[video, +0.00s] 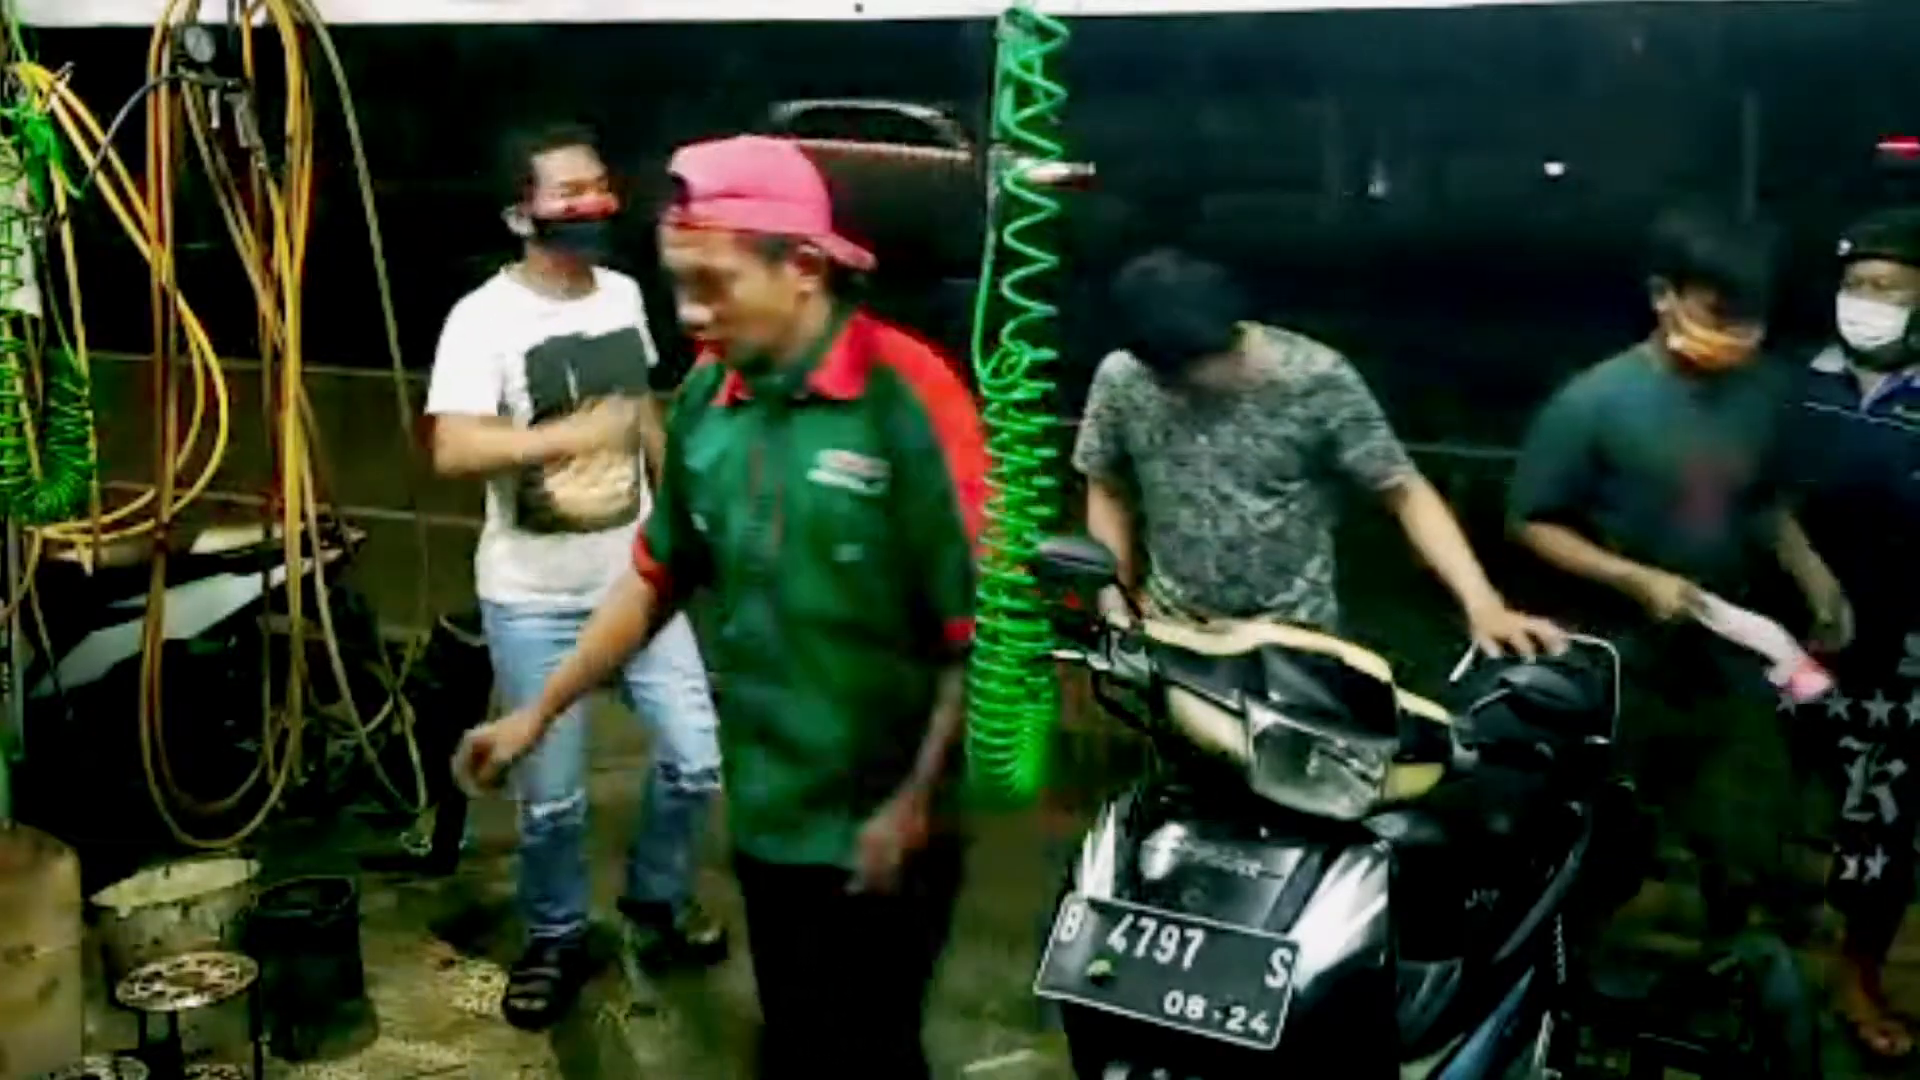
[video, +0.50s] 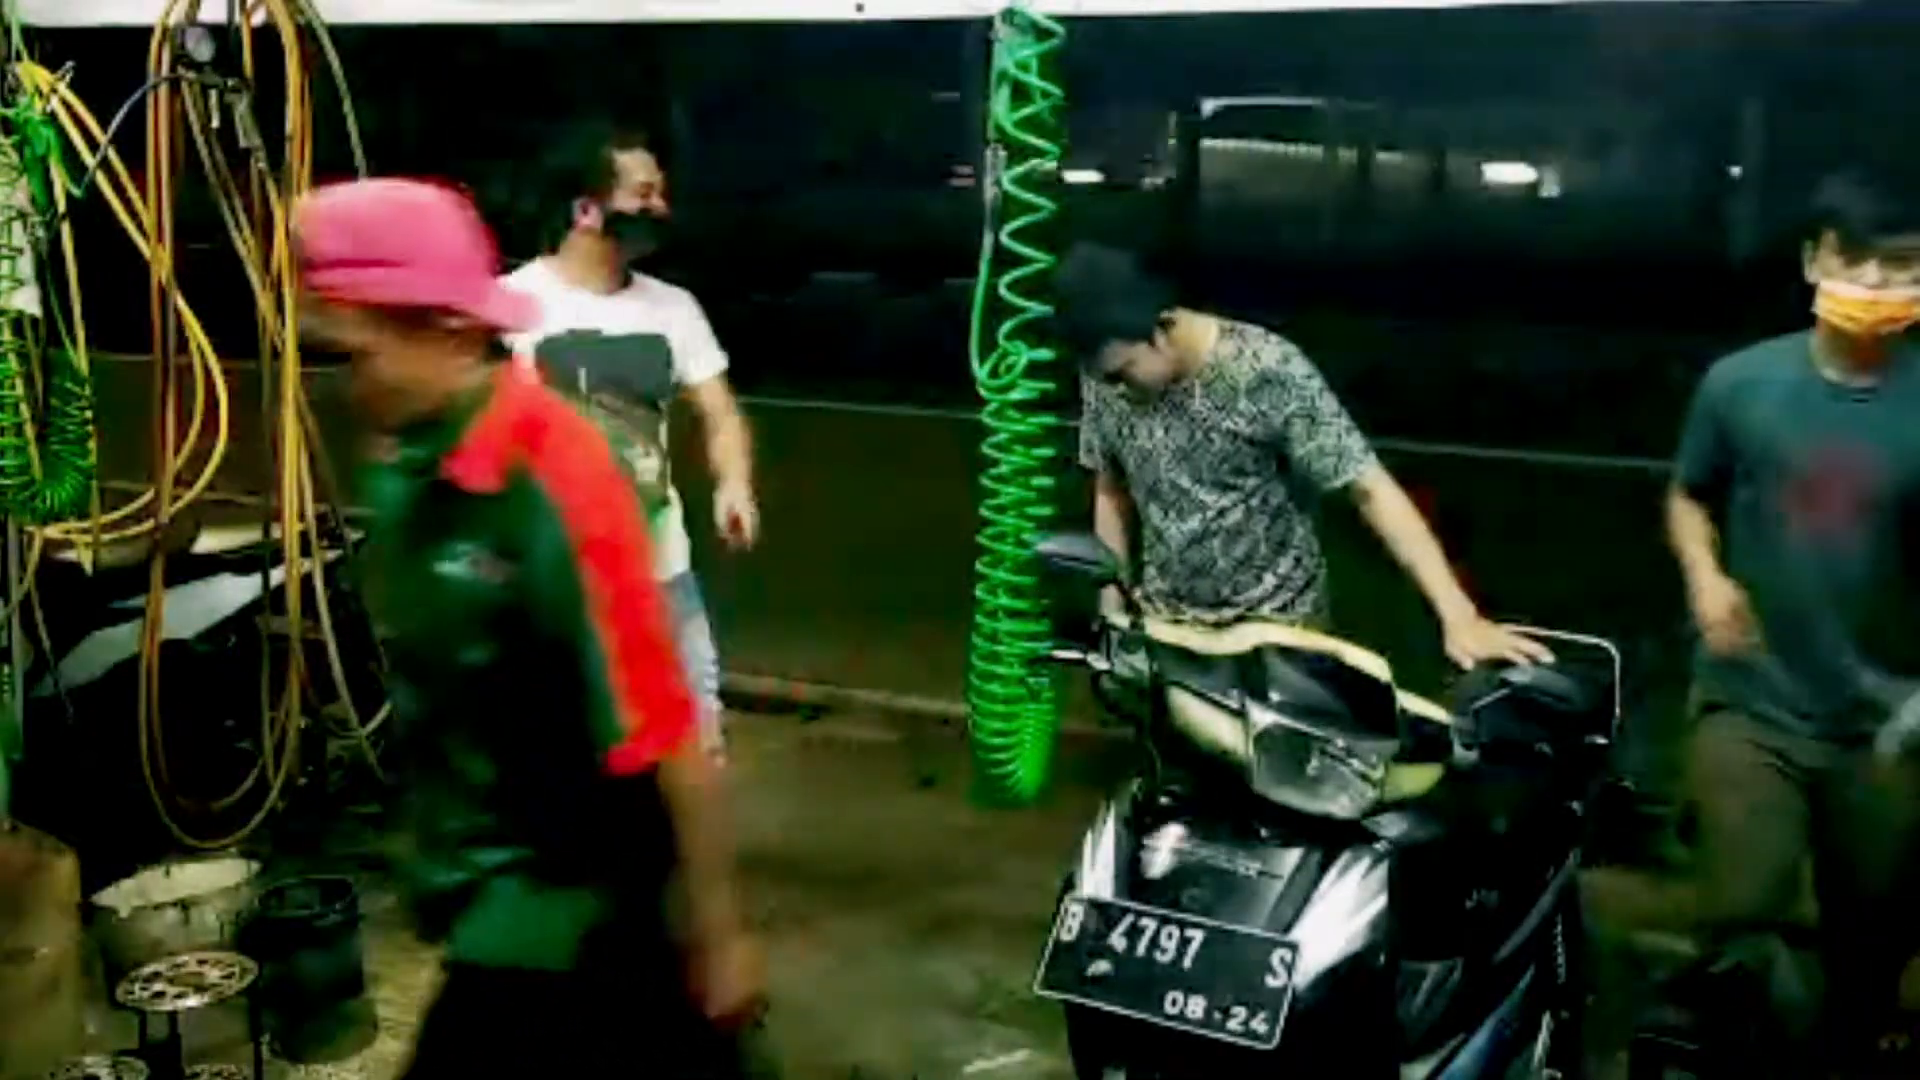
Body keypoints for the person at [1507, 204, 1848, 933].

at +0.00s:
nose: (1734, 343)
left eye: (1747, 324)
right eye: (1716, 321)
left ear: (1765, 317)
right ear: (1664, 301)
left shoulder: (1758, 397)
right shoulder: (1595, 402)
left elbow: (1763, 506)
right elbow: (1530, 523)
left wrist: (1815, 581)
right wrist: (1637, 580)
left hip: (1729, 667)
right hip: (1623, 669)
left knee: (1744, 843)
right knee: (1615, 845)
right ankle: (1567, 979)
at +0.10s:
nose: (1789, 331)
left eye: (1802, 314)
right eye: (1769, 312)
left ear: (1821, 314)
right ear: (1720, 308)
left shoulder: (1825, 406)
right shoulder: (1650, 407)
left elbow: (1825, 523)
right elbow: (1588, 534)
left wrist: (1837, 599)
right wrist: (1703, 597)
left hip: (1784, 686)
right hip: (1671, 681)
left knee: (1792, 871)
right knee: (1648, 864)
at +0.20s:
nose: (1831, 321)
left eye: (1842, 300)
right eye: (1809, 300)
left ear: (1860, 301)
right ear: (1757, 292)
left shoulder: (1868, 405)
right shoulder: (1685, 399)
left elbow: (1871, 533)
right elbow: (1616, 525)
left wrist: (1861, 619)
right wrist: (1737, 596)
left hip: (1813, 709)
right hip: (1690, 700)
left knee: (1834, 898)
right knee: (1678, 900)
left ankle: (1829, 1055)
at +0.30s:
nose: (1870, 303)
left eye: (1887, 281)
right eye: (1847, 280)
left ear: (1911, 287)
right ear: (1797, 280)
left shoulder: (1904, 398)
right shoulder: (1718, 388)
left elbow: (1914, 536)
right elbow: (1650, 509)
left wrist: (1908, 623)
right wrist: (1756, 588)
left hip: (1858, 700)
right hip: (1729, 693)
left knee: (1861, 917)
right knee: (1699, 905)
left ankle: (1840, 1061)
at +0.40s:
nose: (1881, 297)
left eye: (1900, 275)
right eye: (1861, 273)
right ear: (1816, 268)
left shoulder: (1916, 397)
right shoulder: (1736, 385)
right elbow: (1672, 501)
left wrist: (1915, 650)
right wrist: (1738, 586)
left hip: (1877, 710)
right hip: (1745, 698)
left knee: (1868, 934)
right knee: (1721, 908)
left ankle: (1848, 1072)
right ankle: (1706, 1066)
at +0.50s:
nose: (1881, 290)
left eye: (1898, 269)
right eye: (1864, 266)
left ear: (1917, 279)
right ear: (1817, 262)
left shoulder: (1913, 399)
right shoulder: (1740, 387)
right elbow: (1686, 495)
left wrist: (1918, 699)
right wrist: (1707, 581)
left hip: (1883, 721)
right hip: (1754, 708)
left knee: (1872, 952)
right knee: (1747, 910)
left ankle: (1849, 1072)